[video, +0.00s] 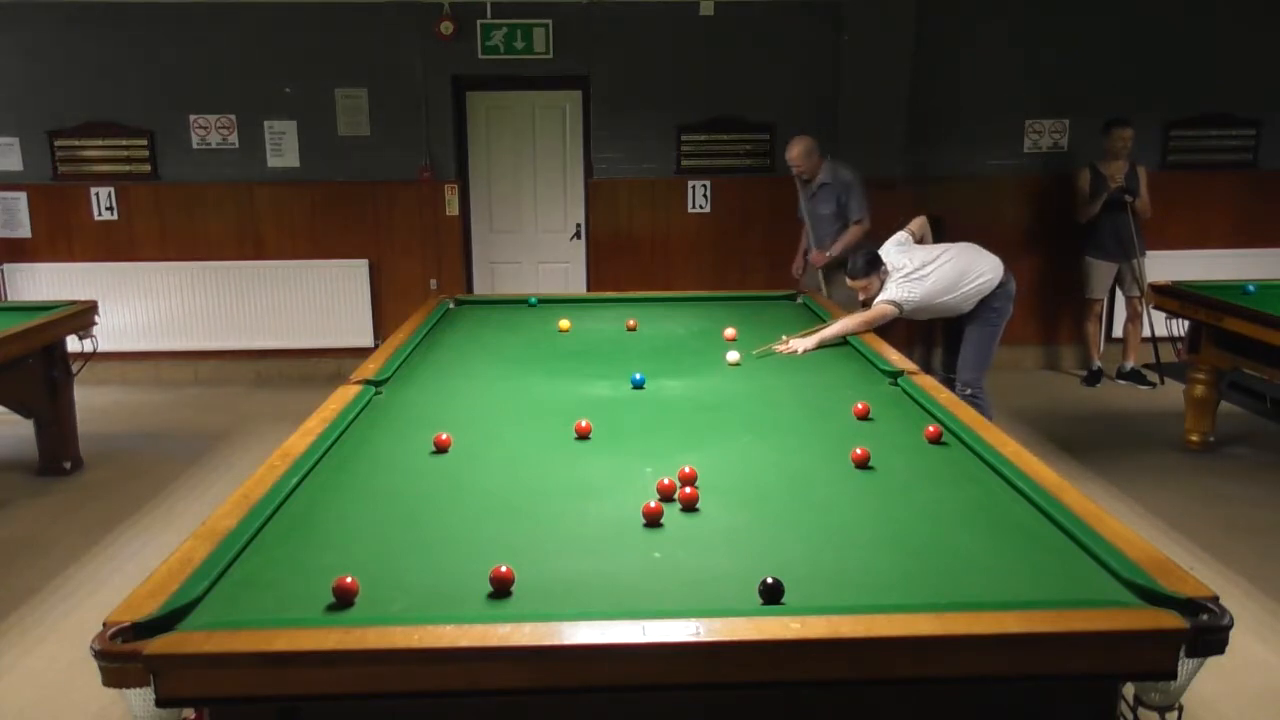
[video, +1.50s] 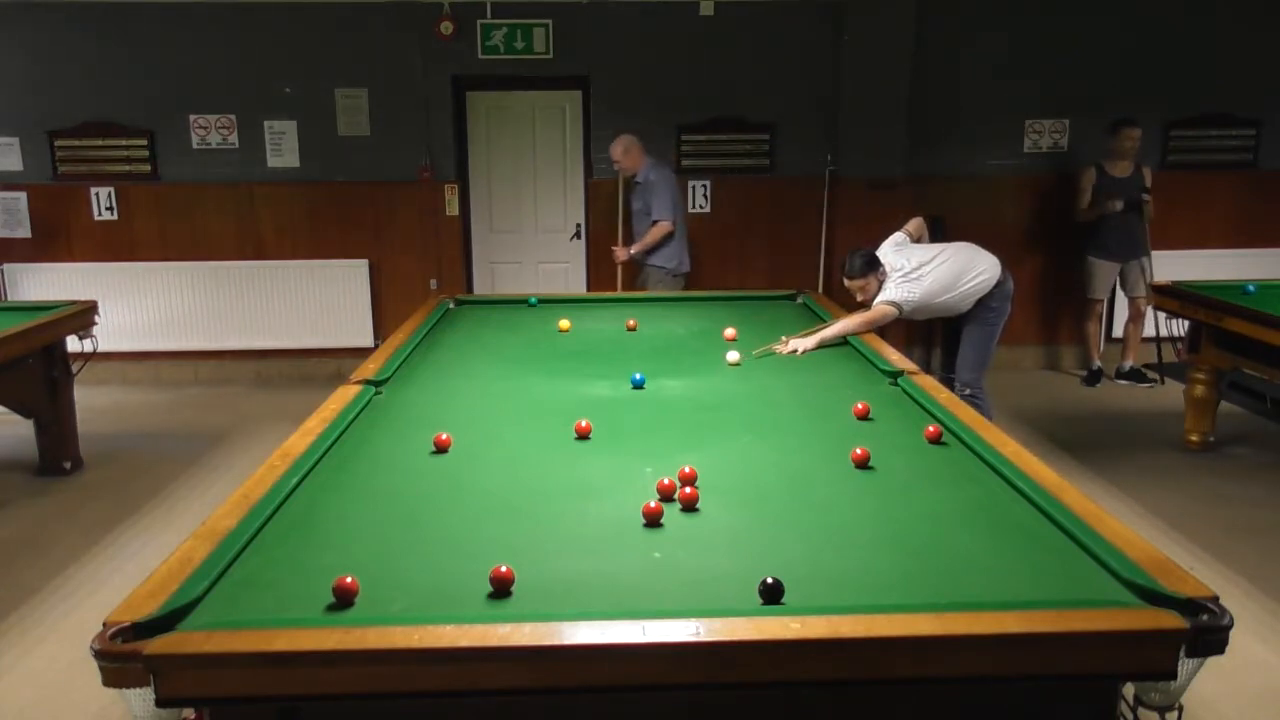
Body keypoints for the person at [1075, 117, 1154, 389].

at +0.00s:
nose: (1126, 145)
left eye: (1129, 140)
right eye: (1120, 140)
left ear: (1133, 142)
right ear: (1107, 141)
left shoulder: (1137, 171)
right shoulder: (1088, 172)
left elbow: (1146, 211)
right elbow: (1082, 215)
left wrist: (1131, 197)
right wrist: (1105, 192)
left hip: (1132, 251)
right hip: (1099, 250)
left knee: (1136, 309)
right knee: (1094, 309)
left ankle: (1128, 366)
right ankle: (1095, 365)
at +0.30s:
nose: (1126, 145)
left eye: (1129, 140)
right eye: (1120, 140)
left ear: (1133, 142)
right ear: (1107, 140)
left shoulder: (1137, 171)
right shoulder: (1089, 172)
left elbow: (1146, 211)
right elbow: (1082, 215)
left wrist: (1131, 197)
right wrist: (1106, 191)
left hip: (1132, 250)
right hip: (1099, 250)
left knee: (1136, 309)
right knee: (1094, 309)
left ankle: (1128, 366)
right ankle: (1094, 365)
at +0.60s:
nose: (1127, 145)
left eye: (1130, 140)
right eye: (1121, 140)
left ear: (1134, 142)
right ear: (1107, 141)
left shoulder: (1138, 171)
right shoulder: (1089, 172)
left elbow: (1147, 211)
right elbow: (1083, 214)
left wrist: (1132, 197)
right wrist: (1106, 191)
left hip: (1132, 250)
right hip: (1099, 250)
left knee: (1136, 309)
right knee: (1094, 309)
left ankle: (1128, 367)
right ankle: (1094, 365)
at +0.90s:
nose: (1127, 145)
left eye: (1131, 140)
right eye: (1122, 140)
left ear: (1134, 142)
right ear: (1108, 141)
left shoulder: (1138, 171)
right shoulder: (1089, 172)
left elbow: (1147, 211)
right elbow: (1083, 214)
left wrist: (1132, 198)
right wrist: (1106, 191)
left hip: (1132, 250)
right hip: (1100, 250)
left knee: (1136, 309)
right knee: (1094, 309)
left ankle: (1128, 367)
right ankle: (1094, 365)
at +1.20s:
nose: (1128, 145)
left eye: (1131, 140)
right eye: (1122, 140)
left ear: (1135, 142)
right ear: (1108, 141)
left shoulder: (1139, 171)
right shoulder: (1090, 173)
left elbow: (1147, 212)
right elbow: (1083, 214)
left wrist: (1134, 198)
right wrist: (1106, 191)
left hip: (1133, 250)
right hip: (1100, 250)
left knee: (1136, 309)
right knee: (1094, 309)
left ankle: (1128, 366)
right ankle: (1094, 365)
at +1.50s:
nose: (1132, 145)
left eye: (1136, 140)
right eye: (1127, 140)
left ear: (1140, 143)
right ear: (1113, 141)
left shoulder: (1143, 173)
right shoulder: (1093, 173)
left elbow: (1148, 216)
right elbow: (1081, 214)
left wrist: (1147, 205)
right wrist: (1104, 208)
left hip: (1136, 251)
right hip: (1103, 251)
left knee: (1139, 309)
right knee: (1095, 309)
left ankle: (1126, 366)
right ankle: (1094, 365)